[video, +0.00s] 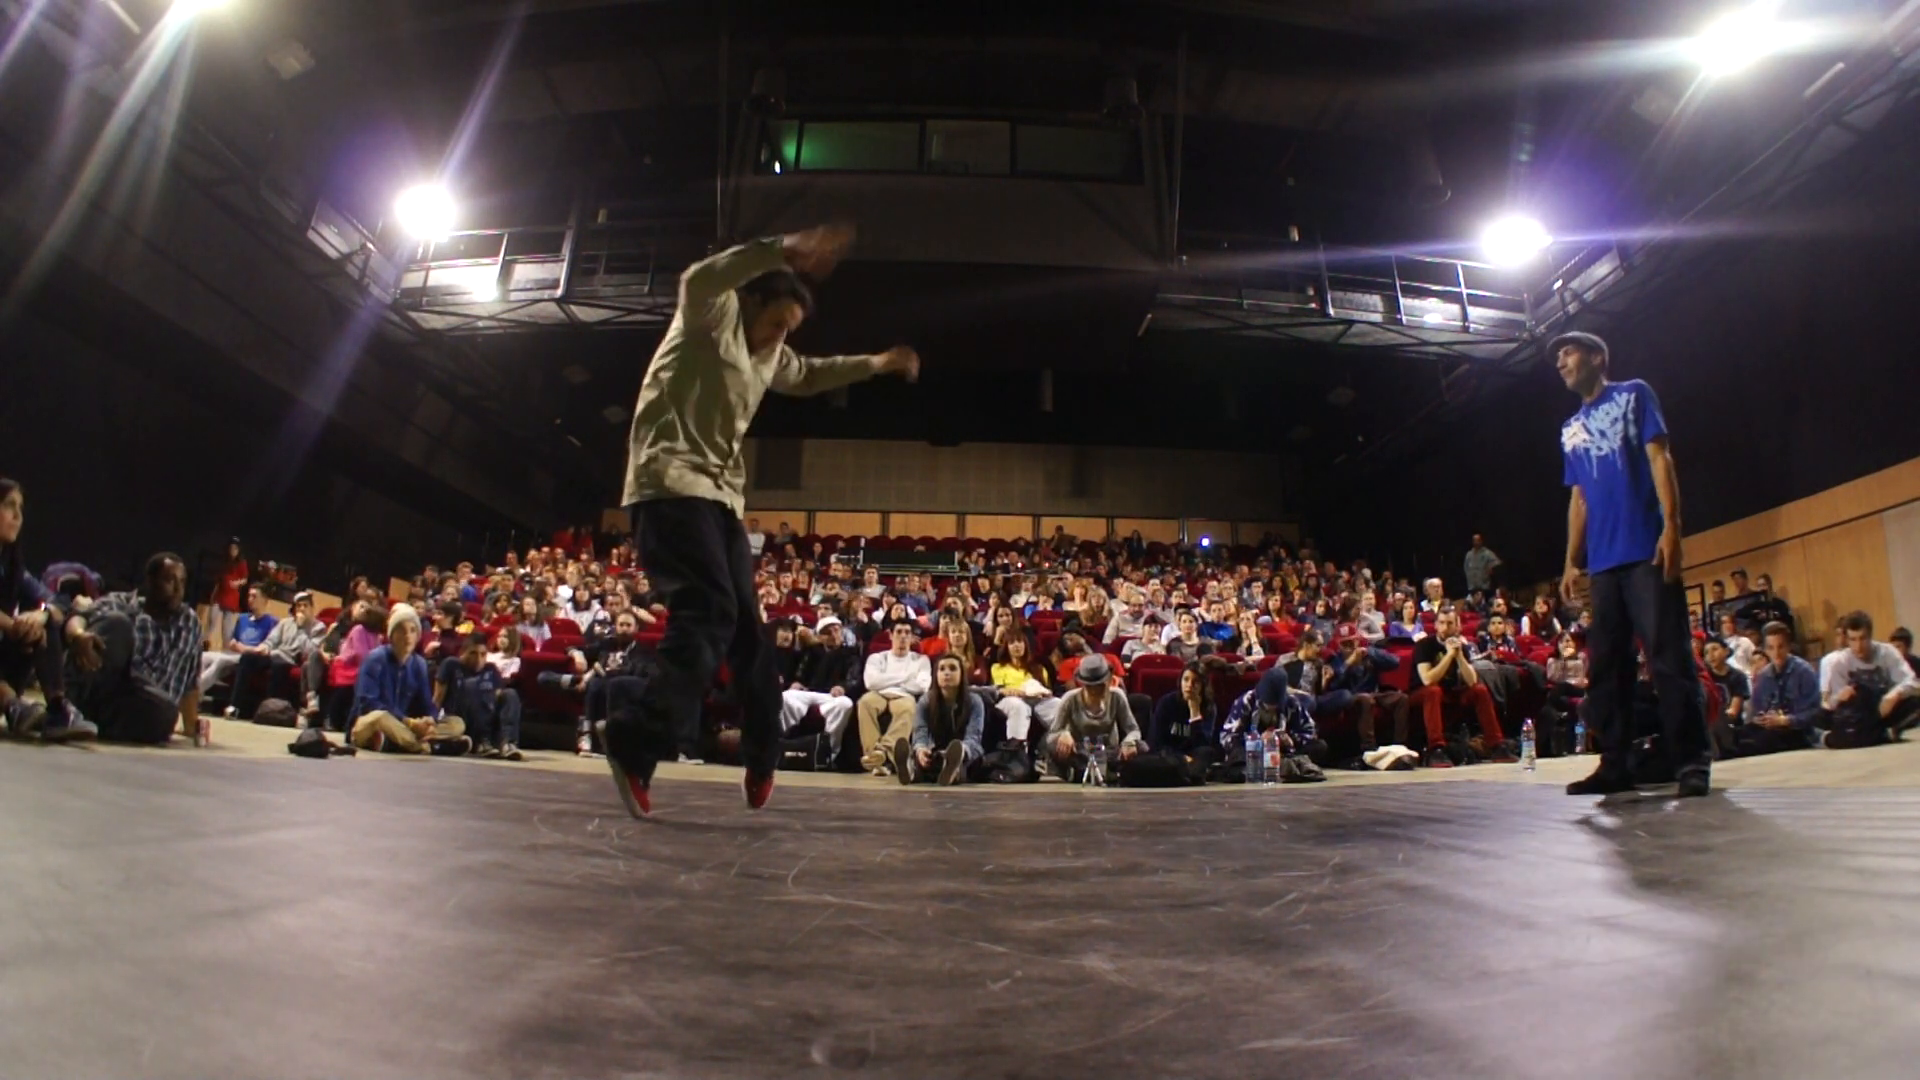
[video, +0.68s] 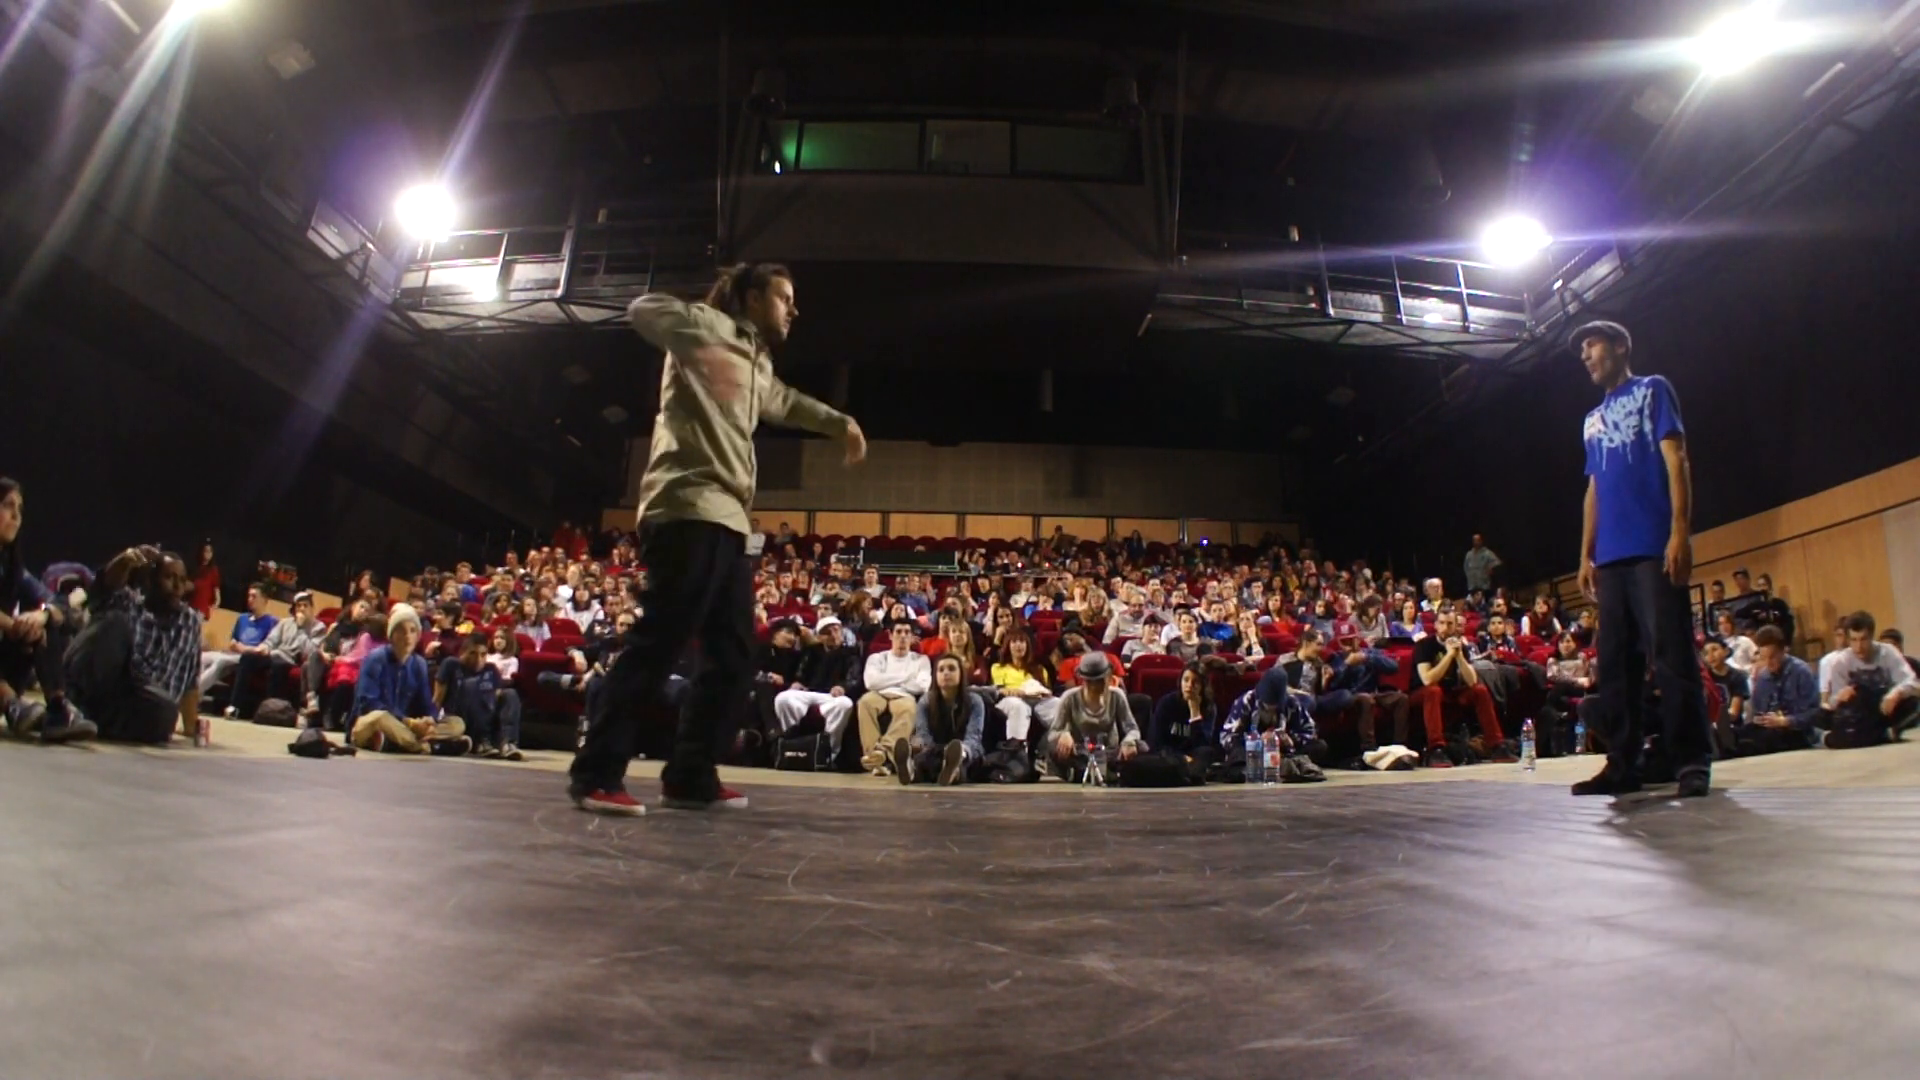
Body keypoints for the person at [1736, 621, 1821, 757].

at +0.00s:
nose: (1776, 653)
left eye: (1781, 647)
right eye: (1771, 648)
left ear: (1788, 647)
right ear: (1765, 650)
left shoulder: (1804, 671)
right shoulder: (1762, 677)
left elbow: (1813, 712)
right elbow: (1755, 713)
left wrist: (1785, 720)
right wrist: (1762, 720)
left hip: (1797, 731)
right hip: (1767, 731)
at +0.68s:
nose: (1769, 662)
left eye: (1773, 656)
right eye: (1764, 658)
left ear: (1784, 651)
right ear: (1760, 657)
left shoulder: (1801, 671)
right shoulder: (1762, 676)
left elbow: (1812, 713)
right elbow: (1756, 711)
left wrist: (1784, 721)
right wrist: (1759, 719)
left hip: (1798, 732)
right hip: (1767, 731)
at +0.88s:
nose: (1767, 666)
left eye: (1771, 660)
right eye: (1763, 661)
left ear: (1782, 653)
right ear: (1759, 659)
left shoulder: (1801, 672)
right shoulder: (1762, 676)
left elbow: (1812, 712)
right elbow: (1758, 711)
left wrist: (1784, 721)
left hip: (1798, 731)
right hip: (1769, 729)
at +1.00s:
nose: (1767, 666)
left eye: (1771, 661)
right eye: (1763, 662)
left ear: (1782, 653)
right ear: (1758, 658)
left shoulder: (1801, 672)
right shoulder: (1762, 676)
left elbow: (1812, 713)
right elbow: (1758, 711)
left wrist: (1784, 721)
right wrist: (1761, 720)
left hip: (1798, 731)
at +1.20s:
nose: (1767, 667)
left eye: (1771, 661)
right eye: (1763, 662)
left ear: (1783, 653)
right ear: (1758, 658)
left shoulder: (1801, 672)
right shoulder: (1763, 676)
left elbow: (1813, 713)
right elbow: (1758, 711)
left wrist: (1784, 721)